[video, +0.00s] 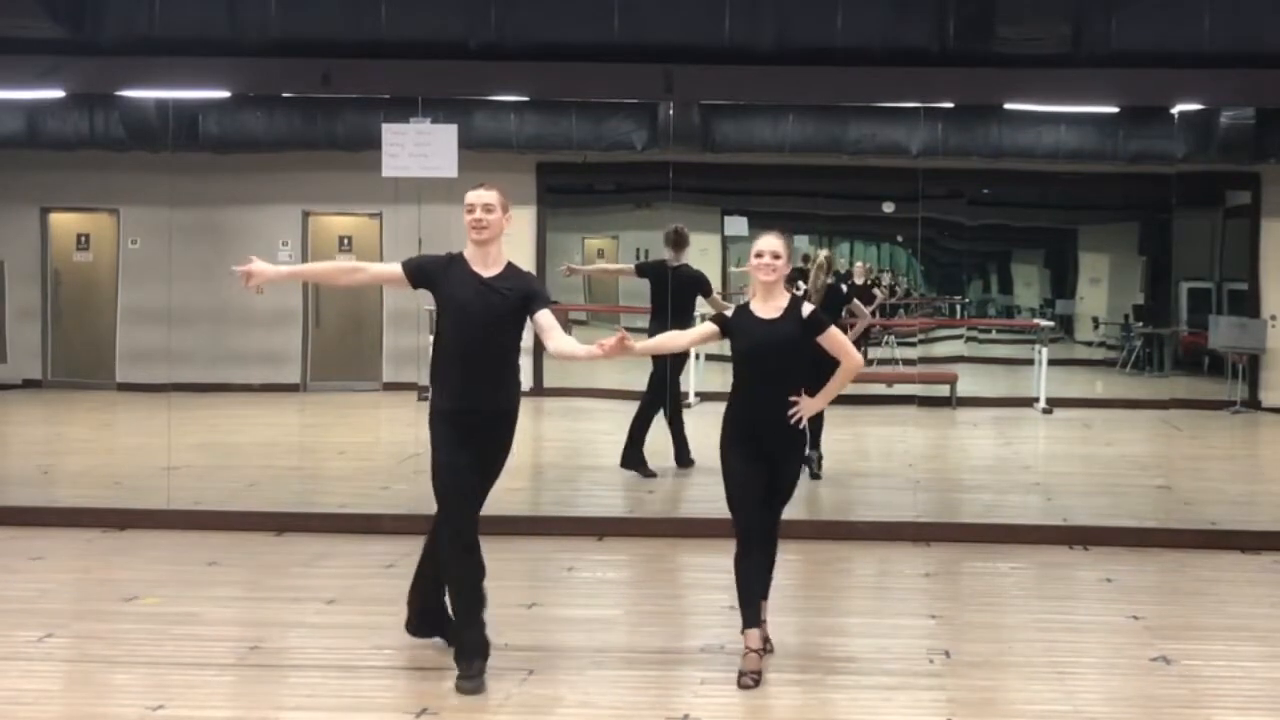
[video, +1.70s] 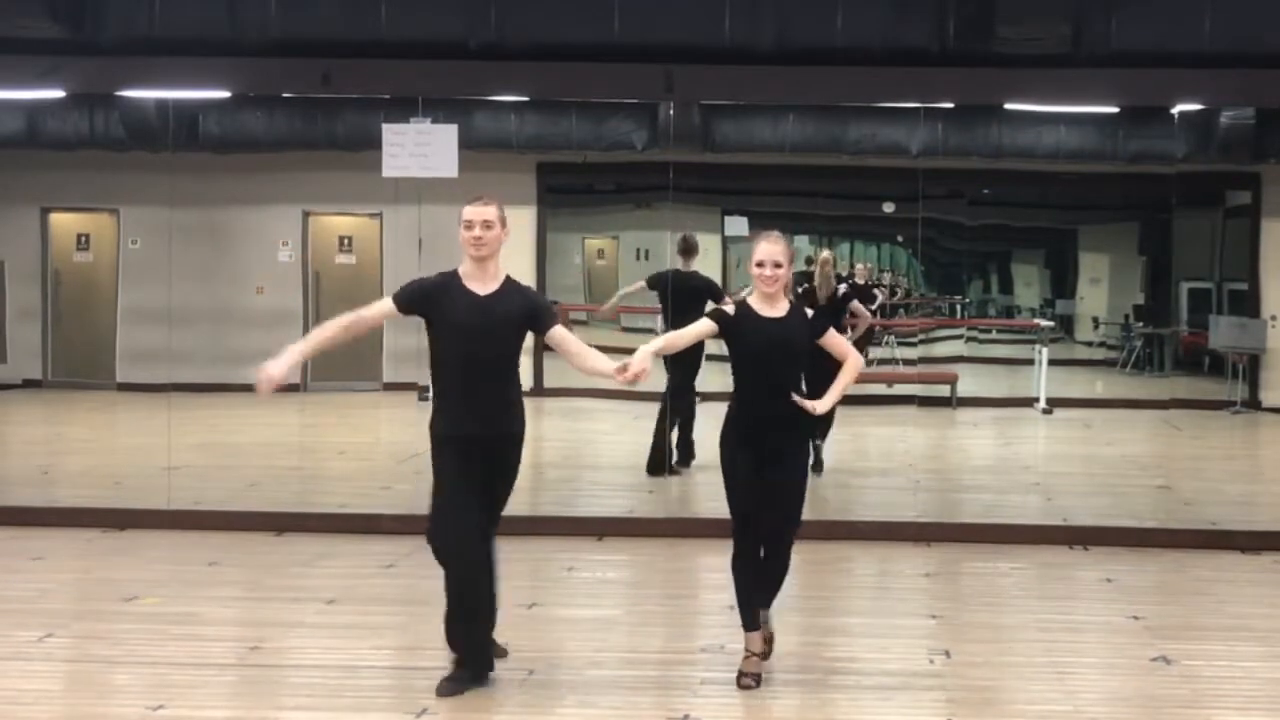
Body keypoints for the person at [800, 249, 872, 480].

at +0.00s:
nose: (817, 268)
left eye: (818, 263)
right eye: (821, 263)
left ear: (815, 266)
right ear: (831, 267)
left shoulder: (801, 289)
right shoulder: (838, 290)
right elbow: (865, 317)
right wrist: (848, 339)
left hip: (805, 349)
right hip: (827, 350)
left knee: (809, 400)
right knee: (817, 401)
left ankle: (811, 450)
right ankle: (813, 450)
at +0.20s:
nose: (821, 266)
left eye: (818, 262)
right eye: (824, 263)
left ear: (812, 266)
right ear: (830, 267)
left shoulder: (802, 290)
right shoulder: (838, 291)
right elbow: (862, 313)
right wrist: (846, 338)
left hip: (803, 350)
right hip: (826, 350)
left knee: (809, 397)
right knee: (824, 399)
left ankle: (813, 439)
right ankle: (815, 437)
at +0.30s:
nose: (821, 272)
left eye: (818, 267)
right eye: (823, 268)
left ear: (811, 271)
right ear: (829, 271)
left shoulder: (800, 291)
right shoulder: (836, 290)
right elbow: (859, 314)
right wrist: (847, 340)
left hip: (803, 351)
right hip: (827, 351)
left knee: (806, 399)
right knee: (825, 396)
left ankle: (814, 448)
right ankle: (819, 431)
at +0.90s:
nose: (820, 271)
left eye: (818, 266)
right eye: (824, 266)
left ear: (811, 270)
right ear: (830, 270)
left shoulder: (802, 293)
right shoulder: (834, 293)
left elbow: (781, 301)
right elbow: (847, 319)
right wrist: (847, 337)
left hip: (807, 344)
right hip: (830, 344)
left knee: (809, 397)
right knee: (828, 388)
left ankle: (814, 449)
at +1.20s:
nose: (821, 268)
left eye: (820, 263)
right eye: (824, 263)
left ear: (813, 267)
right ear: (831, 268)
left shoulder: (803, 290)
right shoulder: (836, 291)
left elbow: (792, 315)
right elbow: (850, 316)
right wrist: (850, 334)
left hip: (807, 345)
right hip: (831, 344)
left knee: (811, 399)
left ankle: (817, 448)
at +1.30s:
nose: (822, 268)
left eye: (822, 263)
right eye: (824, 263)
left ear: (814, 265)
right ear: (832, 267)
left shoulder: (802, 286)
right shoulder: (839, 290)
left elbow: (788, 310)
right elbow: (858, 316)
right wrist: (851, 338)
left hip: (804, 344)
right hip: (829, 345)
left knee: (806, 396)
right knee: (820, 396)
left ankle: (818, 445)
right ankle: (818, 445)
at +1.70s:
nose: (826, 268)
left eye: (824, 263)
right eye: (827, 264)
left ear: (816, 266)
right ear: (833, 267)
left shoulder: (804, 291)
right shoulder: (841, 291)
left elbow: (792, 318)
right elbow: (865, 317)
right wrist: (852, 337)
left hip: (809, 351)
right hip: (834, 351)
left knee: (811, 400)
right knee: (829, 401)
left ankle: (815, 446)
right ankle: (819, 442)